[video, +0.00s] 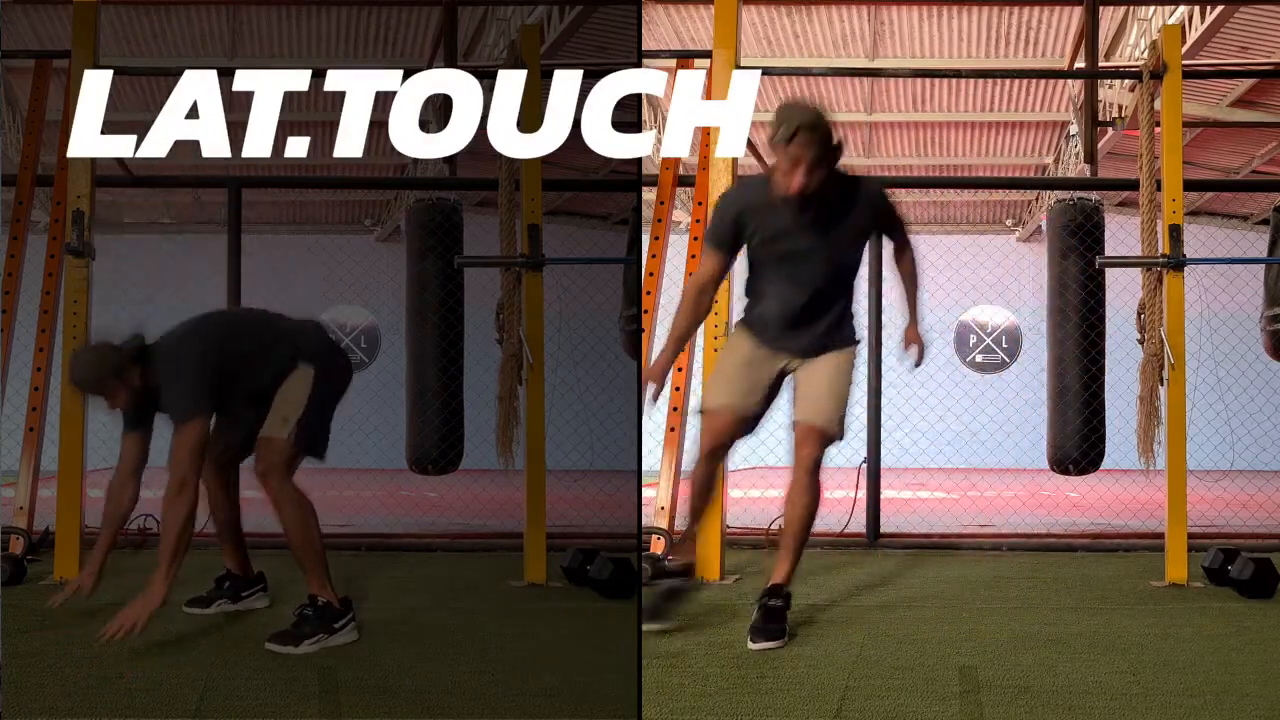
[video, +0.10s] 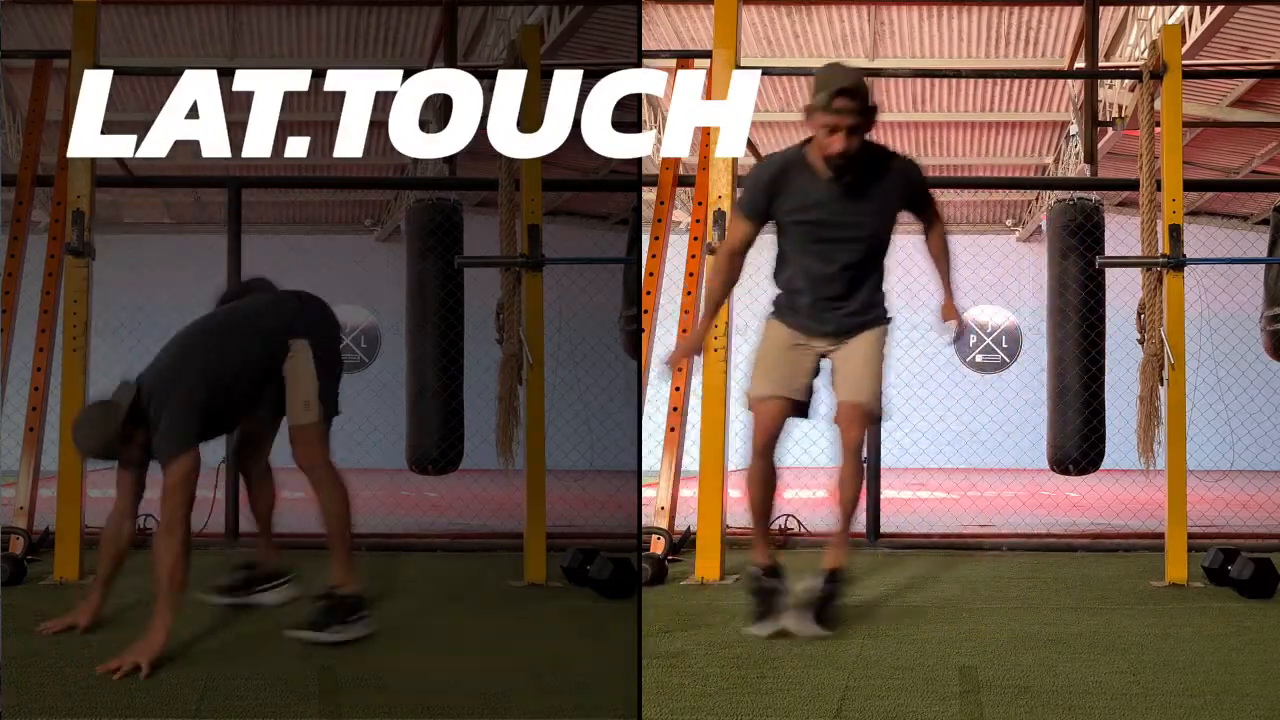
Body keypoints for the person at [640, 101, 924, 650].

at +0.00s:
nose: (800, 180)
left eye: (812, 168)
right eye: (790, 167)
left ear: (830, 159)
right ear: (771, 157)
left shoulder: (861, 200)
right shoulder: (744, 202)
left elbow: (901, 243)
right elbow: (703, 284)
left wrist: (912, 318)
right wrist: (666, 356)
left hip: (829, 343)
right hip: (759, 334)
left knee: (808, 453)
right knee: (713, 438)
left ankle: (777, 592)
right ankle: (683, 553)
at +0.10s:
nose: (840, 145)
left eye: (852, 132)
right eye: (829, 131)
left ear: (869, 126)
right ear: (809, 122)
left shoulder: (895, 174)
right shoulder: (777, 173)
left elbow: (933, 222)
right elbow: (731, 251)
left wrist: (948, 293)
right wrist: (699, 328)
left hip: (862, 323)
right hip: (792, 320)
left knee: (855, 433)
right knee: (763, 433)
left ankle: (833, 567)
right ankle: (764, 566)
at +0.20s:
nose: (880, 142)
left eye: (891, 130)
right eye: (868, 129)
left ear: (905, 125)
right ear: (846, 121)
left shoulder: (926, 177)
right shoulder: (813, 176)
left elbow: (966, 236)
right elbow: (762, 243)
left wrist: (985, 302)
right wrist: (739, 327)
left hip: (893, 336)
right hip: (820, 338)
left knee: (917, 441)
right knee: (804, 458)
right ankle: (798, 591)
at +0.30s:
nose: (920, 138)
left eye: (929, 127)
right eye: (908, 127)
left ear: (940, 125)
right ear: (885, 122)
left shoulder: (965, 187)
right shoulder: (852, 183)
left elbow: (997, 255)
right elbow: (809, 253)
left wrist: (1016, 314)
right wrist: (778, 331)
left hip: (935, 352)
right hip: (860, 350)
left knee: (982, 466)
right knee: (826, 467)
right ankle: (800, 592)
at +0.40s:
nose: (961, 129)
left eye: (971, 117)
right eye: (949, 117)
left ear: (984, 117)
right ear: (926, 114)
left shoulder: (1010, 177)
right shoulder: (895, 184)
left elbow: (1049, 245)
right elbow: (866, 251)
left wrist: (1040, 298)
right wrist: (826, 316)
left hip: (988, 350)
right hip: (915, 349)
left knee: (1020, 471)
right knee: (873, 458)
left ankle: (1038, 592)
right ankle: (829, 582)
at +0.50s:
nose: (1000, 142)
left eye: (1009, 129)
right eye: (987, 129)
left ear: (1020, 121)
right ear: (962, 119)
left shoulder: (1047, 168)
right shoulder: (932, 174)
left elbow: (1088, 239)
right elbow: (902, 245)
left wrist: (1069, 299)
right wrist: (873, 314)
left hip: (1029, 332)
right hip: (955, 331)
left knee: (1062, 442)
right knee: (929, 439)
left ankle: (1054, 581)